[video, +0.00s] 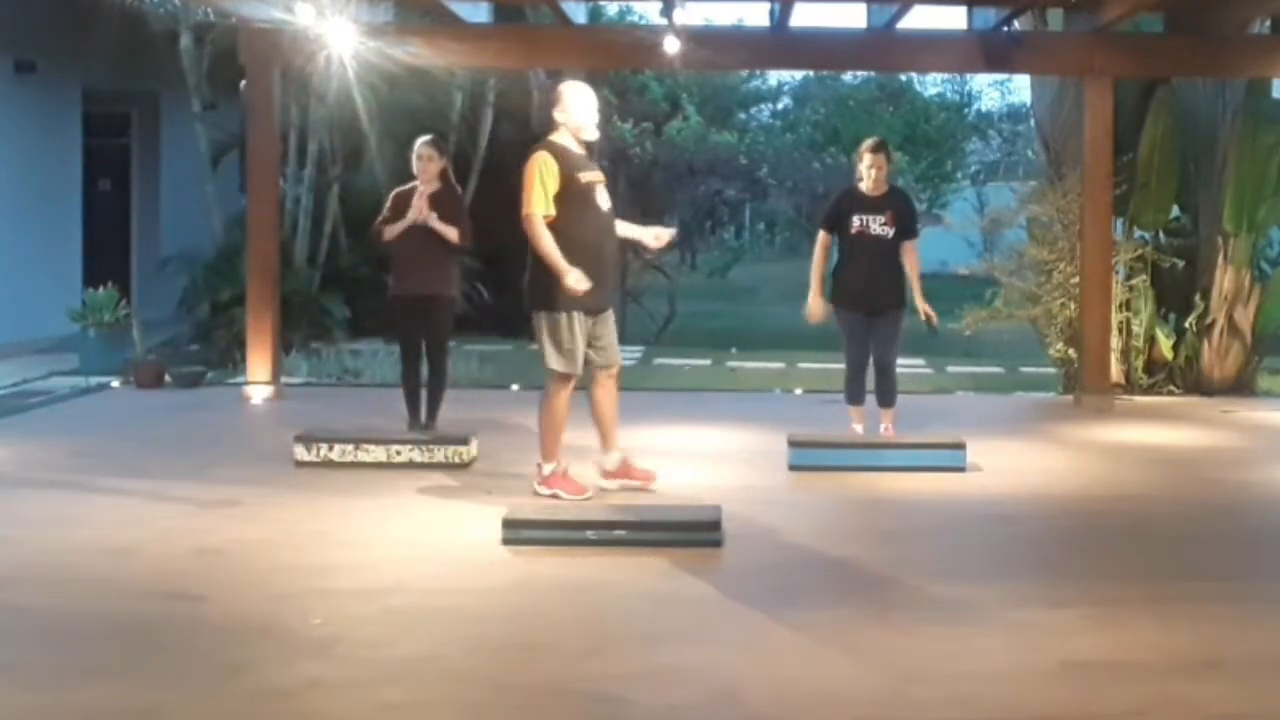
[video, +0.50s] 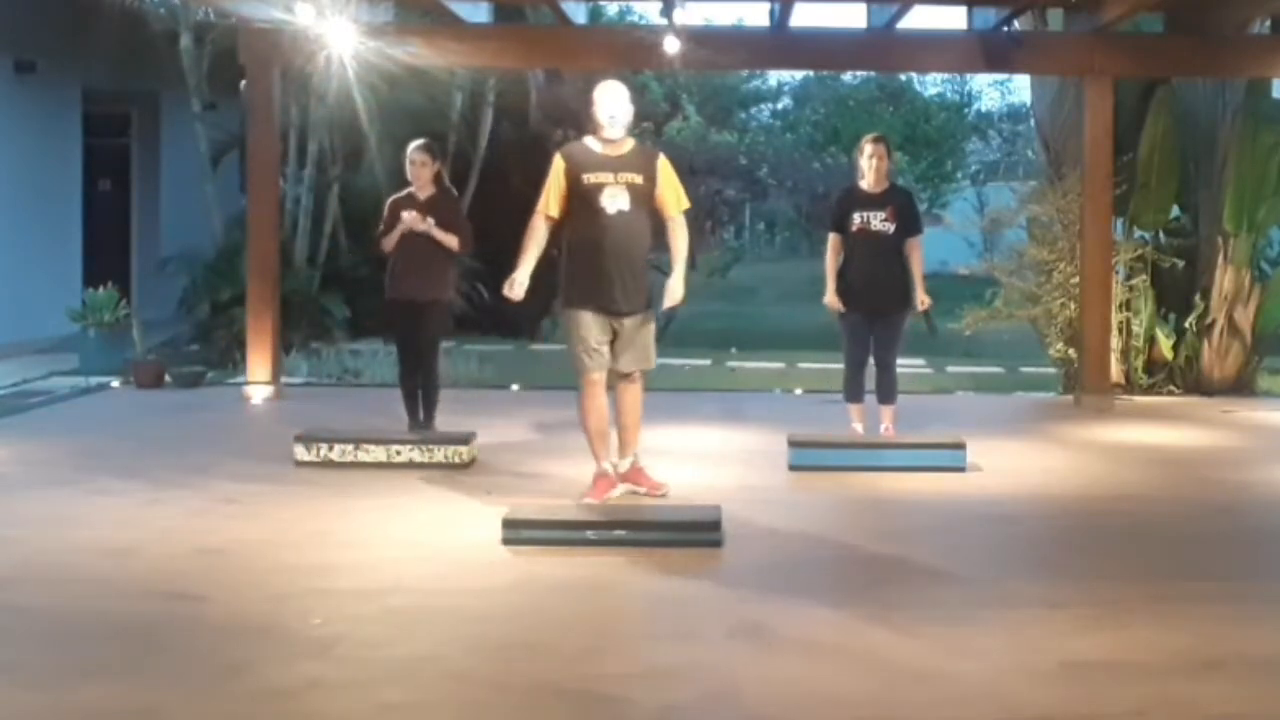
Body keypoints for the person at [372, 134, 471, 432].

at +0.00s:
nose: (423, 164)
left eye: (429, 158)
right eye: (418, 157)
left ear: (442, 163)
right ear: (412, 161)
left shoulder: (452, 196)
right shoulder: (400, 195)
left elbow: (463, 238)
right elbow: (380, 235)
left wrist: (432, 221)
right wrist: (408, 219)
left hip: (439, 291)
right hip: (406, 291)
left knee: (437, 356)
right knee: (410, 357)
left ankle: (431, 419)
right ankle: (414, 418)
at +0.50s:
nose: (414, 170)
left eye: (421, 164)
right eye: (411, 163)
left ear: (435, 167)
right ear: (405, 167)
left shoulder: (448, 201)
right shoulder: (396, 203)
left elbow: (462, 244)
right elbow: (384, 246)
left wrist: (430, 227)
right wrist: (402, 227)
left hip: (434, 296)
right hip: (401, 295)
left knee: (428, 359)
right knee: (407, 359)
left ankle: (429, 418)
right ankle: (413, 418)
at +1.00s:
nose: (414, 171)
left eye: (420, 166)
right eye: (410, 165)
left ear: (433, 168)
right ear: (403, 167)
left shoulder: (446, 204)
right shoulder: (391, 204)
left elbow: (455, 254)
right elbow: (384, 254)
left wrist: (459, 293)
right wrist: (377, 294)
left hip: (437, 297)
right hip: (403, 297)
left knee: (437, 361)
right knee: (410, 362)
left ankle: (431, 418)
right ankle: (414, 419)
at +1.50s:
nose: (415, 168)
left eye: (421, 162)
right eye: (410, 162)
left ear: (433, 164)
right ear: (404, 165)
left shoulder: (447, 200)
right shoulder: (393, 201)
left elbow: (455, 249)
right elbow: (386, 251)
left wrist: (462, 289)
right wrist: (376, 290)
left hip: (433, 295)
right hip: (399, 295)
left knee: (428, 359)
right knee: (405, 361)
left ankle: (428, 421)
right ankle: (413, 421)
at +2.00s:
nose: (422, 164)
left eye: (428, 159)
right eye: (417, 158)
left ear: (439, 163)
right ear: (409, 163)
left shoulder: (453, 200)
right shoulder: (398, 200)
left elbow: (461, 245)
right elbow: (390, 250)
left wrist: (464, 280)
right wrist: (380, 286)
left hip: (441, 294)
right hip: (407, 294)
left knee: (437, 361)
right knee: (411, 360)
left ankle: (432, 421)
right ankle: (414, 419)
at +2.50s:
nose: (422, 161)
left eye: (429, 155)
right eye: (418, 155)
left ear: (441, 162)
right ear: (411, 160)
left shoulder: (452, 200)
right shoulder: (398, 198)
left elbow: (460, 247)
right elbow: (390, 248)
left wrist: (462, 287)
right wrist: (381, 288)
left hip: (438, 293)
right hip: (404, 293)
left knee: (433, 357)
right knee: (409, 359)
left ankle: (432, 418)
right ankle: (414, 420)